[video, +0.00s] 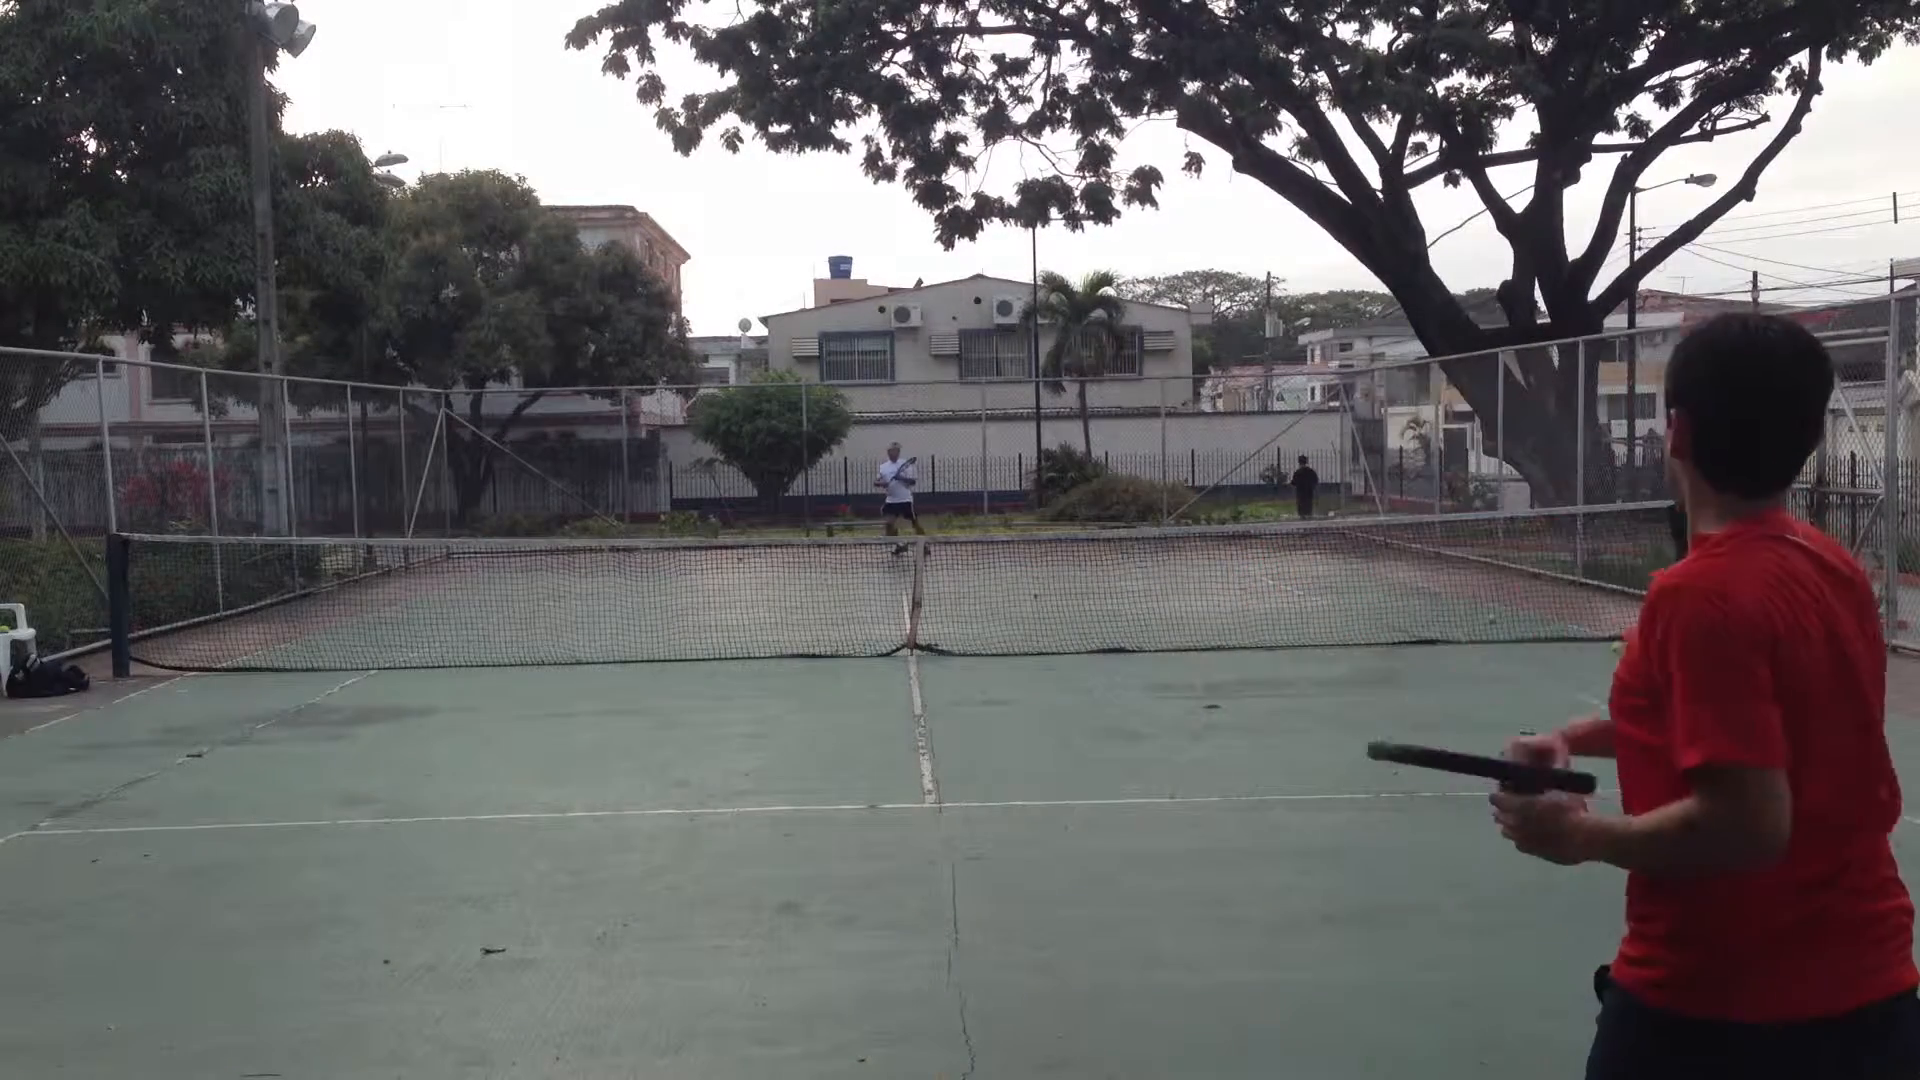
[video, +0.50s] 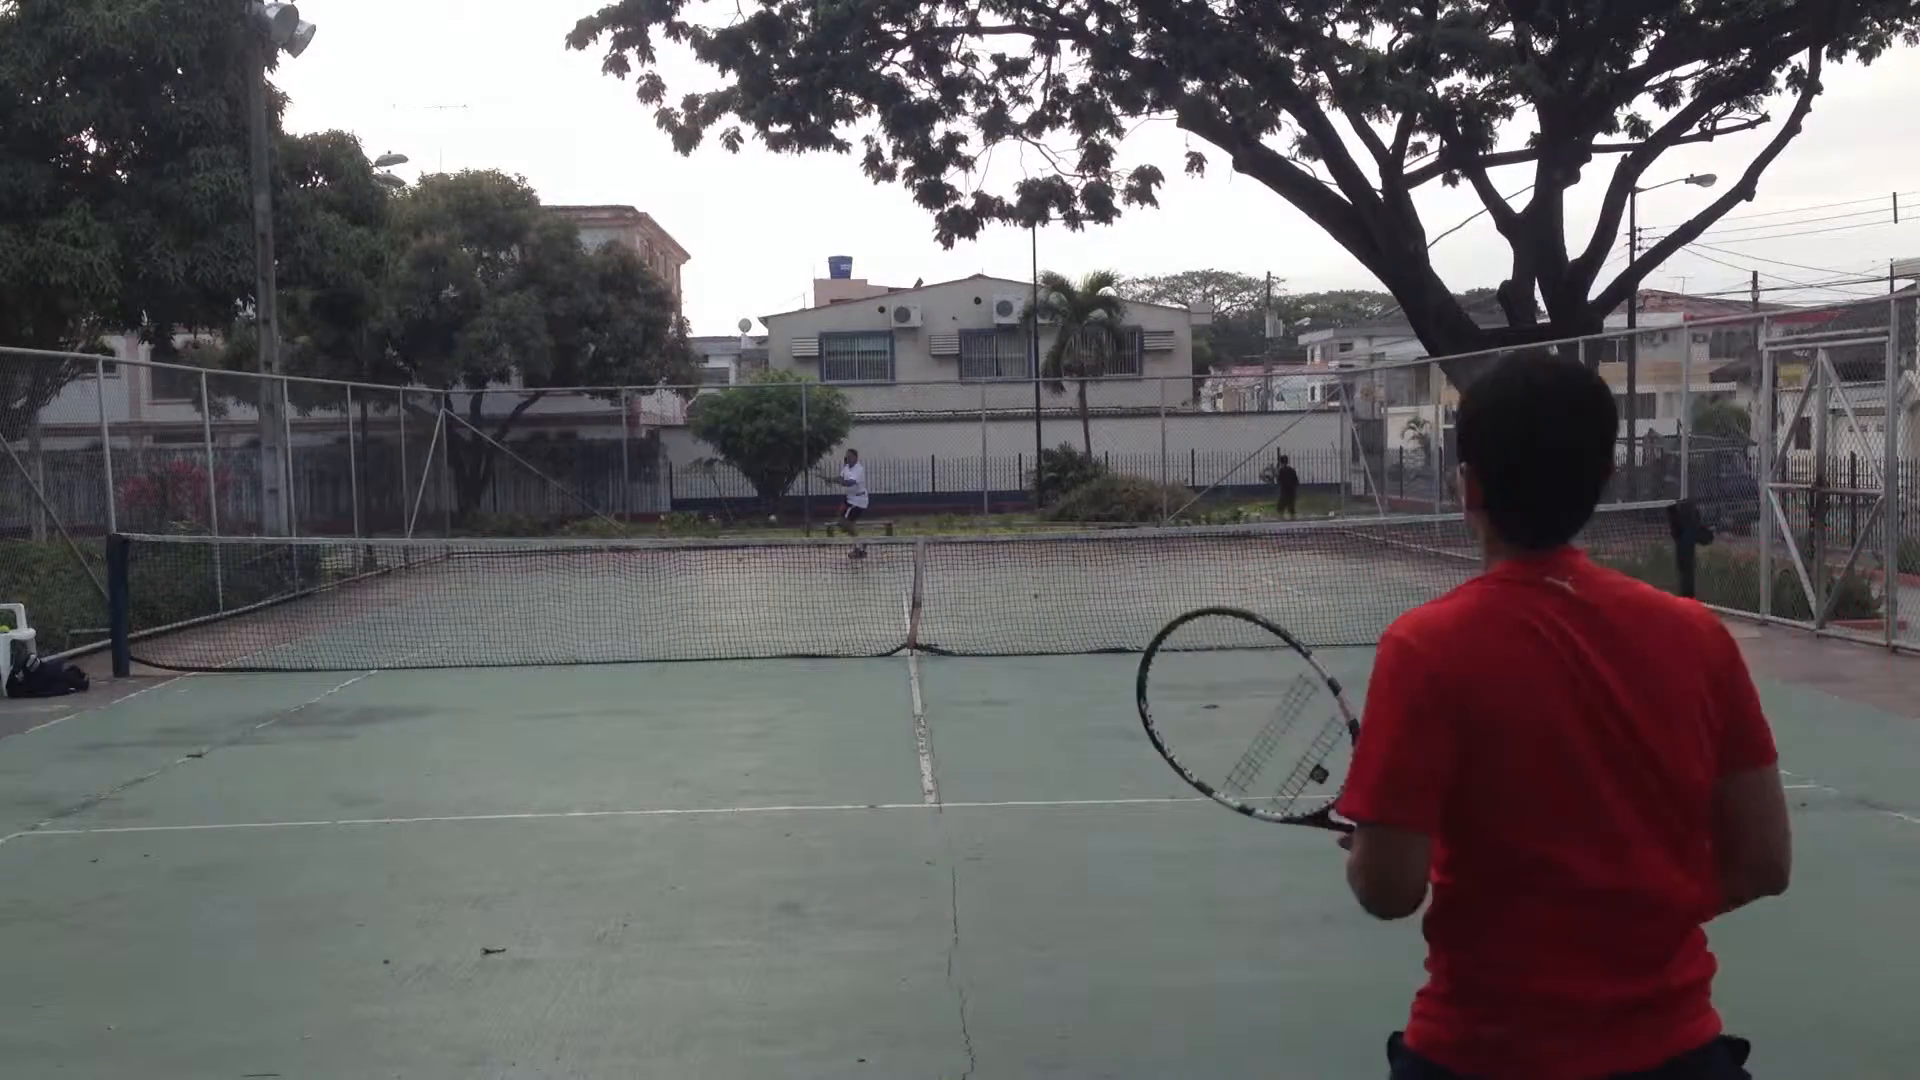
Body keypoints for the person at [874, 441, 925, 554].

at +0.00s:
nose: (893, 454)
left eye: (895, 451)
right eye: (891, 451)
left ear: (899, 452)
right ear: (888, 452)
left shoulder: (906, 464)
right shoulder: (883, 467)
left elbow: (913, 481)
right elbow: (876, 482)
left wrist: (901, 478)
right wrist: (883, 484)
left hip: (905, 500)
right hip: (891, 500)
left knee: (914, 524)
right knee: (889, 524)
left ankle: (925, 544)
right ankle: (896, 545)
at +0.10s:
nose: (885, 456)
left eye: (887, 453)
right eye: (883, 453)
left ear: (891, 453)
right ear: (880, 454)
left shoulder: (898, 466)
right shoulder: (877, 468)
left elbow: (905, 483)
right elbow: (868, 481)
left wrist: (892, 480)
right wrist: (874, 483)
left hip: (898, 499)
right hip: (885, 500)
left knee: (903, 522)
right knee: (886, 524)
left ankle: (918, 539)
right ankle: (898, 543)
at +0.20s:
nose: (876, 455)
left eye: (878, 452)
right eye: (874, 453)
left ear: (883, 453)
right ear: (872, 454)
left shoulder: (890, 466)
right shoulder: (869, 468)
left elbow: (894, 484)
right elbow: (864, 482)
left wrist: (881, 480)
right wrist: (870, 479)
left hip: (891, 498)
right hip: (879, 499)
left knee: (888, 522)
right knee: (883, 524)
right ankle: (895, 544)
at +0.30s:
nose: (868, 455)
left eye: (870, 453)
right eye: (867, 453)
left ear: (875, 453)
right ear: (864, 453)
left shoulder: (881, 466)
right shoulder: (862, 465)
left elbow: (883, 484)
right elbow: (855, 476)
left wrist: (868, 480)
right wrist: (853, 475)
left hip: (879, 496)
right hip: (869, 496)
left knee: (875, 520)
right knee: (879, 521)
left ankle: (873, 546)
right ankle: (897, 543)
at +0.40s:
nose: (860, 456)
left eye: (862, 454)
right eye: (858, 454)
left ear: (866, 453)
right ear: (856, 454)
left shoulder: (869, 465)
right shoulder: (854, 464)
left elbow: (870, 483)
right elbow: (845, 472)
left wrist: (852, 480)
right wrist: (845, 473)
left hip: (869, 497)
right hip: (860, 496)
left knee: (860, 522)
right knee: (865, 522)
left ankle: (860, 548)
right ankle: (882, 541)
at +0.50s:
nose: (848, 459)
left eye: (850, 457)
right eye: (847, 457)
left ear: (856, 457)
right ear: (846, 458)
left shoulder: (859, 469)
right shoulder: (846, 468)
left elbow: (853, 482)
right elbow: (841, 478)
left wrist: (839, 482)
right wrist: (830, 480)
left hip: (859, 498)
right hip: (850, 497)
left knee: (846, 522)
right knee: (845, 523)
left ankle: (860, 544)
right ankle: (858, 546)